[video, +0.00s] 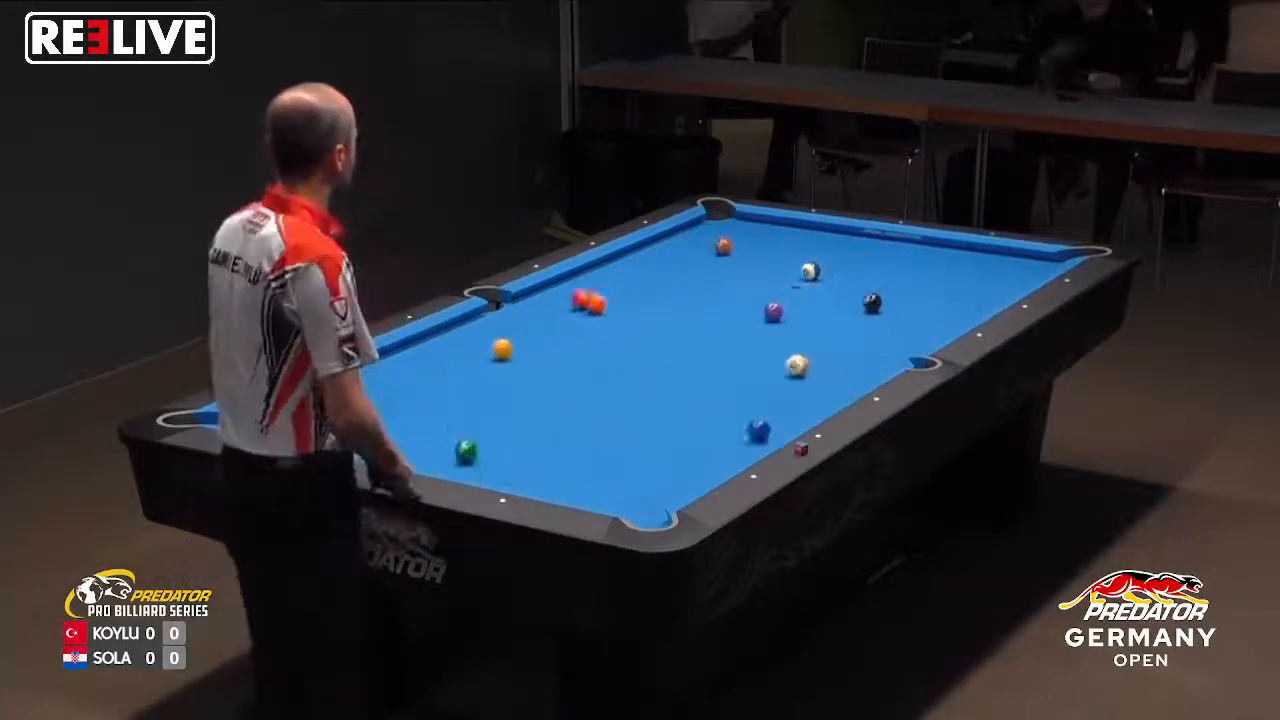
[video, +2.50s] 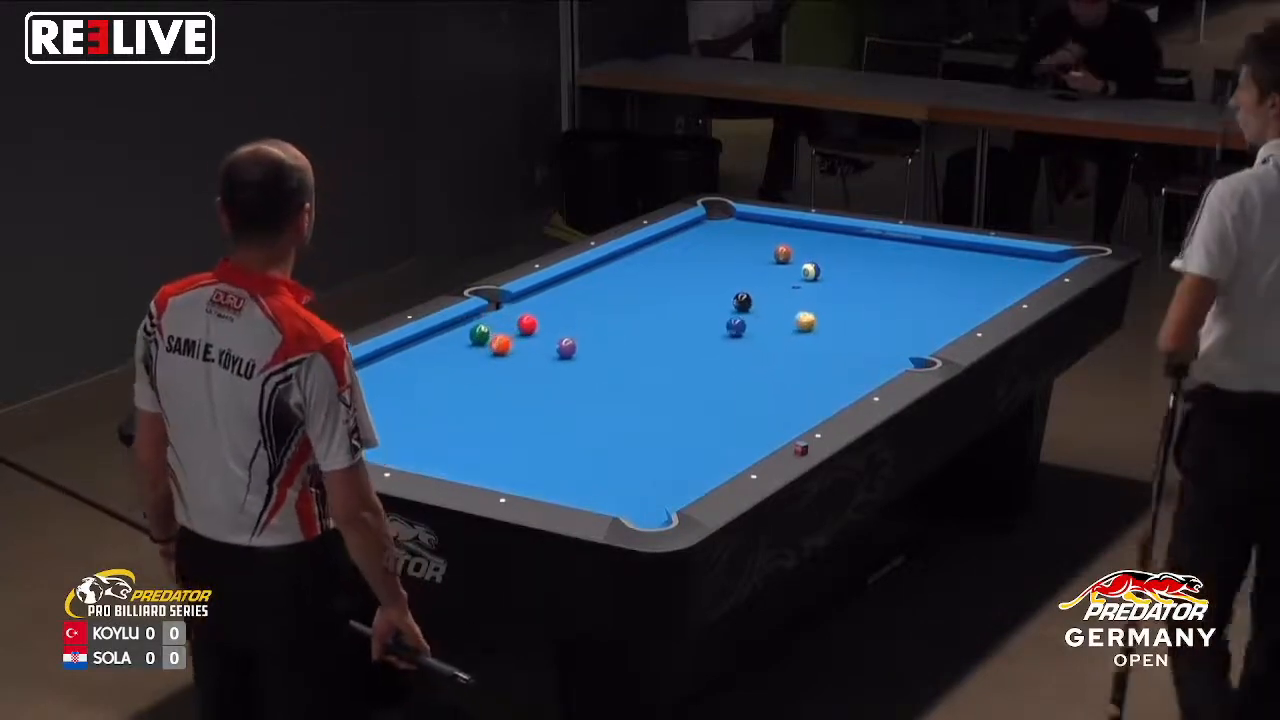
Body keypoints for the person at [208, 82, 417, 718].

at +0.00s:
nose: (354, 156)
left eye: (353, 143)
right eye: (353, 145)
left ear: (276, 148)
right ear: (339, 156)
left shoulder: (232, 232)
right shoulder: (313, 257)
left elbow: (244, 363)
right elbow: (348, 413)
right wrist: (389, 461)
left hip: (241, 473)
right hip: (303, 484)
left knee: (277, 651)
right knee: (329, 651)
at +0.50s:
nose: (335, 165)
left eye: (331, 153)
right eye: (333, 154)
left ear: (251, 163)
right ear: (321, 167)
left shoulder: (208, 255)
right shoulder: (313, 282)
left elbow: (196, 378)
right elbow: (357, 440)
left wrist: (241, 441)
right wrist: (407, 496)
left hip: (247, 497)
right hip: (319, 503)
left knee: (281, 664)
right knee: (348, 662)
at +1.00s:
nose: (336, 215)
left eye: (331, 200)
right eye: (334, 203)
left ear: (248, 207)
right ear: (320, 218)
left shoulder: (195, 305)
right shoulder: (320, 342)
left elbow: (189, 431)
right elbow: (365, 495)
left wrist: (201, 527)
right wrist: (412, 577)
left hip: (241, 561)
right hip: (319, 566)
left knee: (278, 696)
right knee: (351, 698)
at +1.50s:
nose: (334, 228)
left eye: (332, 213)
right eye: (334, 216)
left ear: (242, 218)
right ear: (320, 233)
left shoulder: (180, 320)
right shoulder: (324, 359)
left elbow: (172, 458)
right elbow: (368, 520)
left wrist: (190, 540)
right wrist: (412, 620)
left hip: (229, 577)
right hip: (314, 587)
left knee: (256, 705)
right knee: (338, 706)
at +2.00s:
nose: (325, 226)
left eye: (320, 210)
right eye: (323, 214)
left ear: (231, 223)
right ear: (312, 232)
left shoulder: (175, 321)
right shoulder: (315, 361)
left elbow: (169, 465)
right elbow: (361, 522)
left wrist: (188, 545)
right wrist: (410, 618)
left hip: (226, 576)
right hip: (310, 586)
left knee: (254, 705)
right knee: (330, 706)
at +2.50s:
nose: (315, 219)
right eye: (314, 208)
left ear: (222, 214)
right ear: (305, 220)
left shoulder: (165, 310)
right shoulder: (312, 344)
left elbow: (148, 459)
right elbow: (353, 508)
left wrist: (167, 539)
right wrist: (394, 604)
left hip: (203, 563)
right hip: (292, 573)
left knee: (221, 704)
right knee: (305, 703)